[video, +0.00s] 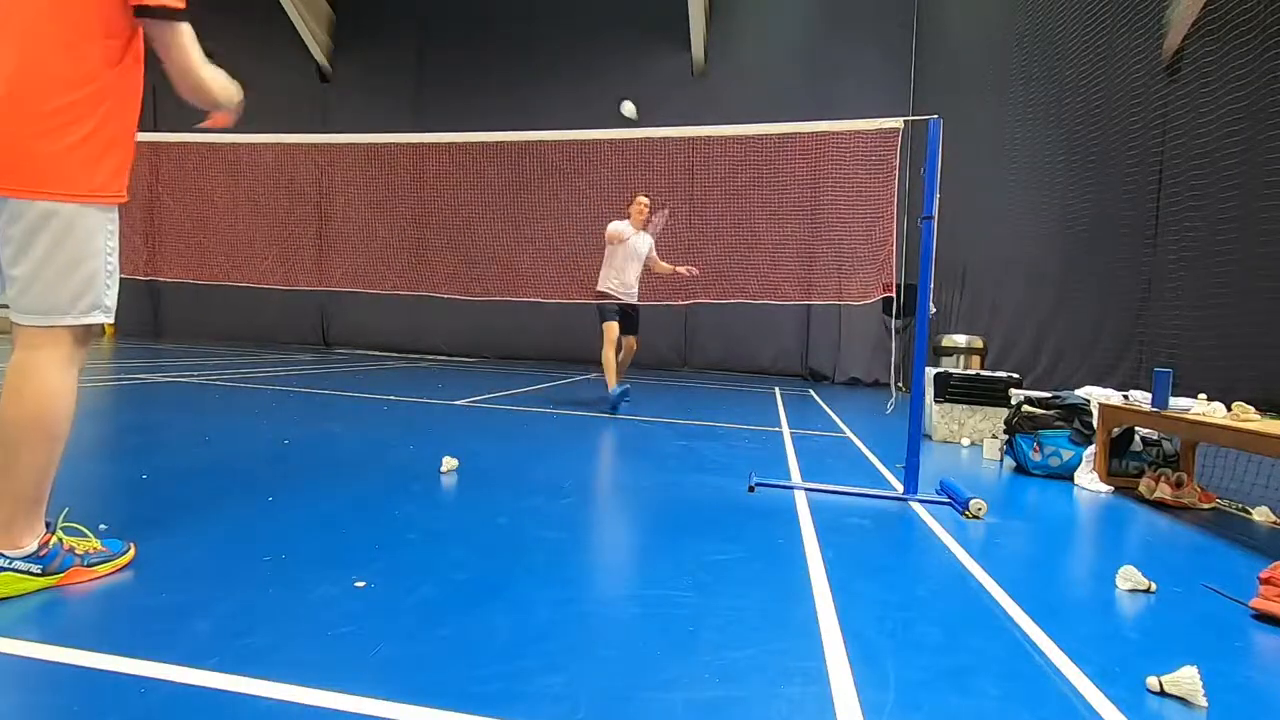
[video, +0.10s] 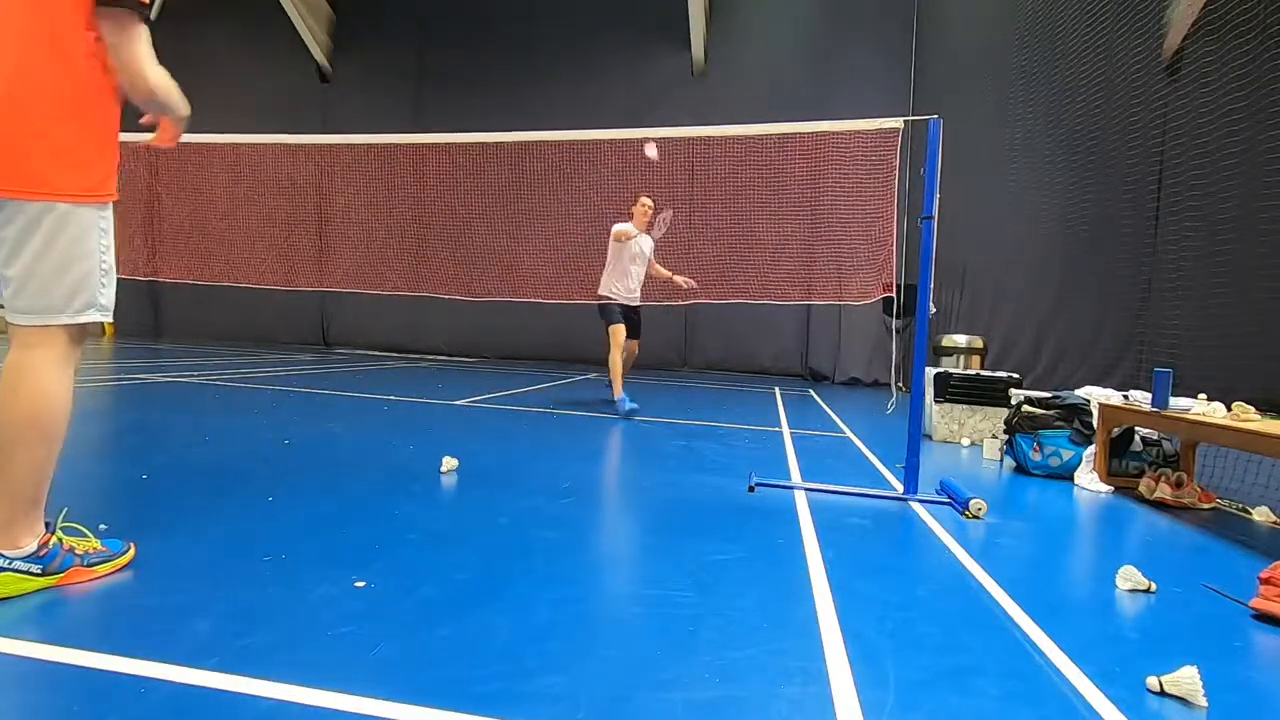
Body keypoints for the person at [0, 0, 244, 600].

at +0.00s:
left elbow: (185, 67)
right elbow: (188, 72)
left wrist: (213, 90)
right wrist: (221, 92)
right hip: (53, 133)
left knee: (33, 336)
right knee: (49, 337)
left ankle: (20, 536)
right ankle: (20, 544)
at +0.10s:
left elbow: (134, 59)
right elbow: (137, 65)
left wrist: (161, 99)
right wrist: (169, 105)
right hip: (43, 118)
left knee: (36, 330)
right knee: (44, 332)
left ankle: (18, 532)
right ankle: (19, 543)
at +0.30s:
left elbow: (49, 46)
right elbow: (55, 46)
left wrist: (94, 103)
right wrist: (104, 101)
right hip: (24, 154)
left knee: (23, 339)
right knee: (27, 340)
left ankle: (20, 534)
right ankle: (19, 542)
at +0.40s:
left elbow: (23, 50)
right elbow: (30, 44)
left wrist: (53, 127)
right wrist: (83, 103)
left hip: (18, 163)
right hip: (14, 163)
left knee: (21, 339)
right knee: (22, 340)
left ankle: (19, 533)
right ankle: (19, 541)